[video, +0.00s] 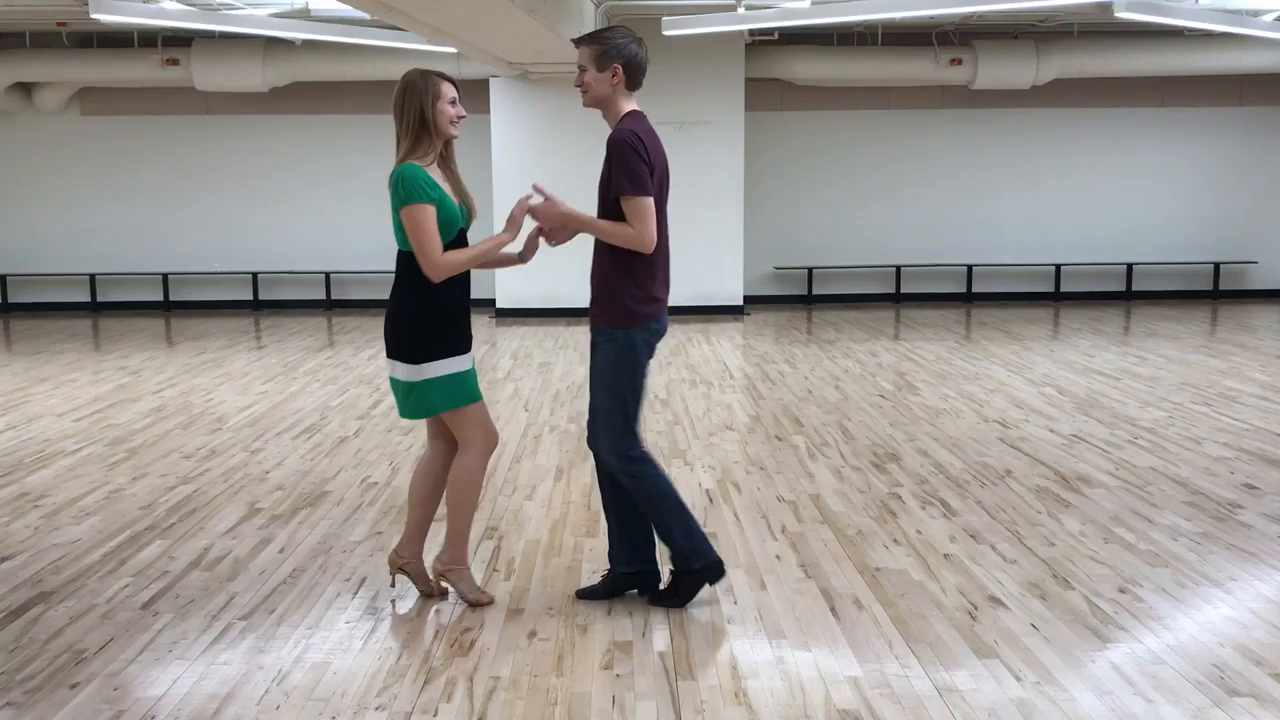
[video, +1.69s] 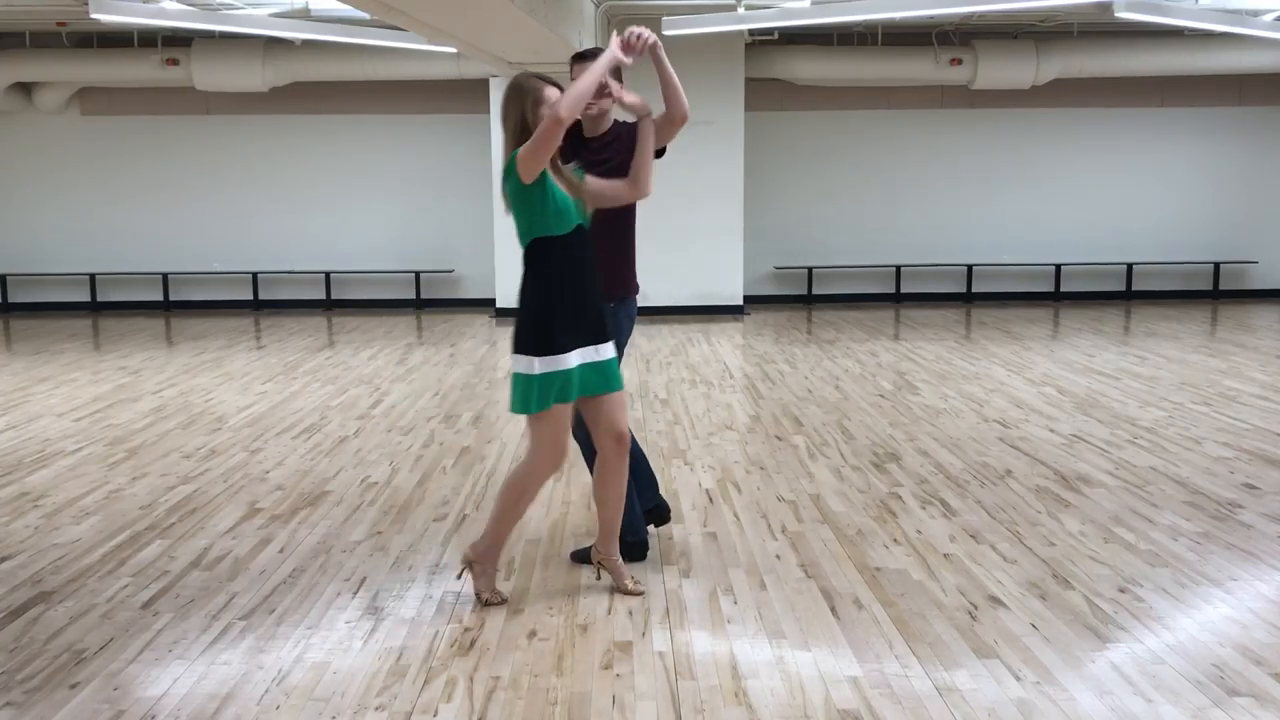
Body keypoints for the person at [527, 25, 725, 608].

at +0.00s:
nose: (577, 82)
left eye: (583, 72)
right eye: (577, 72)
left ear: (614, 75)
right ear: (614, 77)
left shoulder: (627, 139)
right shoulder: (633, 134)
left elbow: (644, 236)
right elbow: (634, 224)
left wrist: (572, 217)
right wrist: (578, 224)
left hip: (629, 318)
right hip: (619, 316)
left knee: (615, 442)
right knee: (607, 440)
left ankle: (696, 558)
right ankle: (632, 568)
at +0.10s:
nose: (565, 84)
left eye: (572, 74)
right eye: (565, 74)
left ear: (602, 77)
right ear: (606, 78)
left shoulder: (617, 142)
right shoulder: (623, 137)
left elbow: (633, 241)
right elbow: (621, 237)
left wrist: (553, 244)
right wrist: (550, 244)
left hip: (610, 318)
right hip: (616, 315)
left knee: (574, 442)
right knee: (600, 437)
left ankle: (643, 565)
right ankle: (628, 567)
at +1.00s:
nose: (564, 93)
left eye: (572, 83)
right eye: (563, 83)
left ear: (607, 85)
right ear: (599, 89)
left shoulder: (622, 139)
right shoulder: (614, 139)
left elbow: (666, 215)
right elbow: (601, 211)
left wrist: (599, 194)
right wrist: (550, 187)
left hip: (614, 313)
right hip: (640, 309)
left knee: (574, 423)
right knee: (633, 427)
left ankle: (615, 537)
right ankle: (677, 555)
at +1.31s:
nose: (572, 102)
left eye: (581, 93)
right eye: (570, 93)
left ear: (613, 96)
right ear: (584, 99)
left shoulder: (628, 150)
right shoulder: (590, 153)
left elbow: (673, 205)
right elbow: (543, 188)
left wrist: (659, 149)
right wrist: (542, 162)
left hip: (606, 314)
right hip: (627, 308)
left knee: (588, 429)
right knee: (615, 421)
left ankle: (628, 538)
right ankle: (683, 519)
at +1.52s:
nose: (578, 97)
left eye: (589, 88)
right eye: (574, 89)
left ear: (618, 91)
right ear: (572, 95)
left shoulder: (627, 145)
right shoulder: (575, 144)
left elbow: (678, 160)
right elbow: (517, 154)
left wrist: (664, 100)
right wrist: (554, 125)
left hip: (607, 303)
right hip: (605, 301)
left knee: (590, 423)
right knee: (597, 415)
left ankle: (628, 536)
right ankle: (669, 508)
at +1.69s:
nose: (593, 94)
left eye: (602, 86)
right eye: (583, 85)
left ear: (617, 91)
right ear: (567, 94)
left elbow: (678, 115)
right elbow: (561, 112)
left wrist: (658, 55)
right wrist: (609, 59)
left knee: (588, 417)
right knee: (591, 411)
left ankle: (628, 533)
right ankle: (647, 502)